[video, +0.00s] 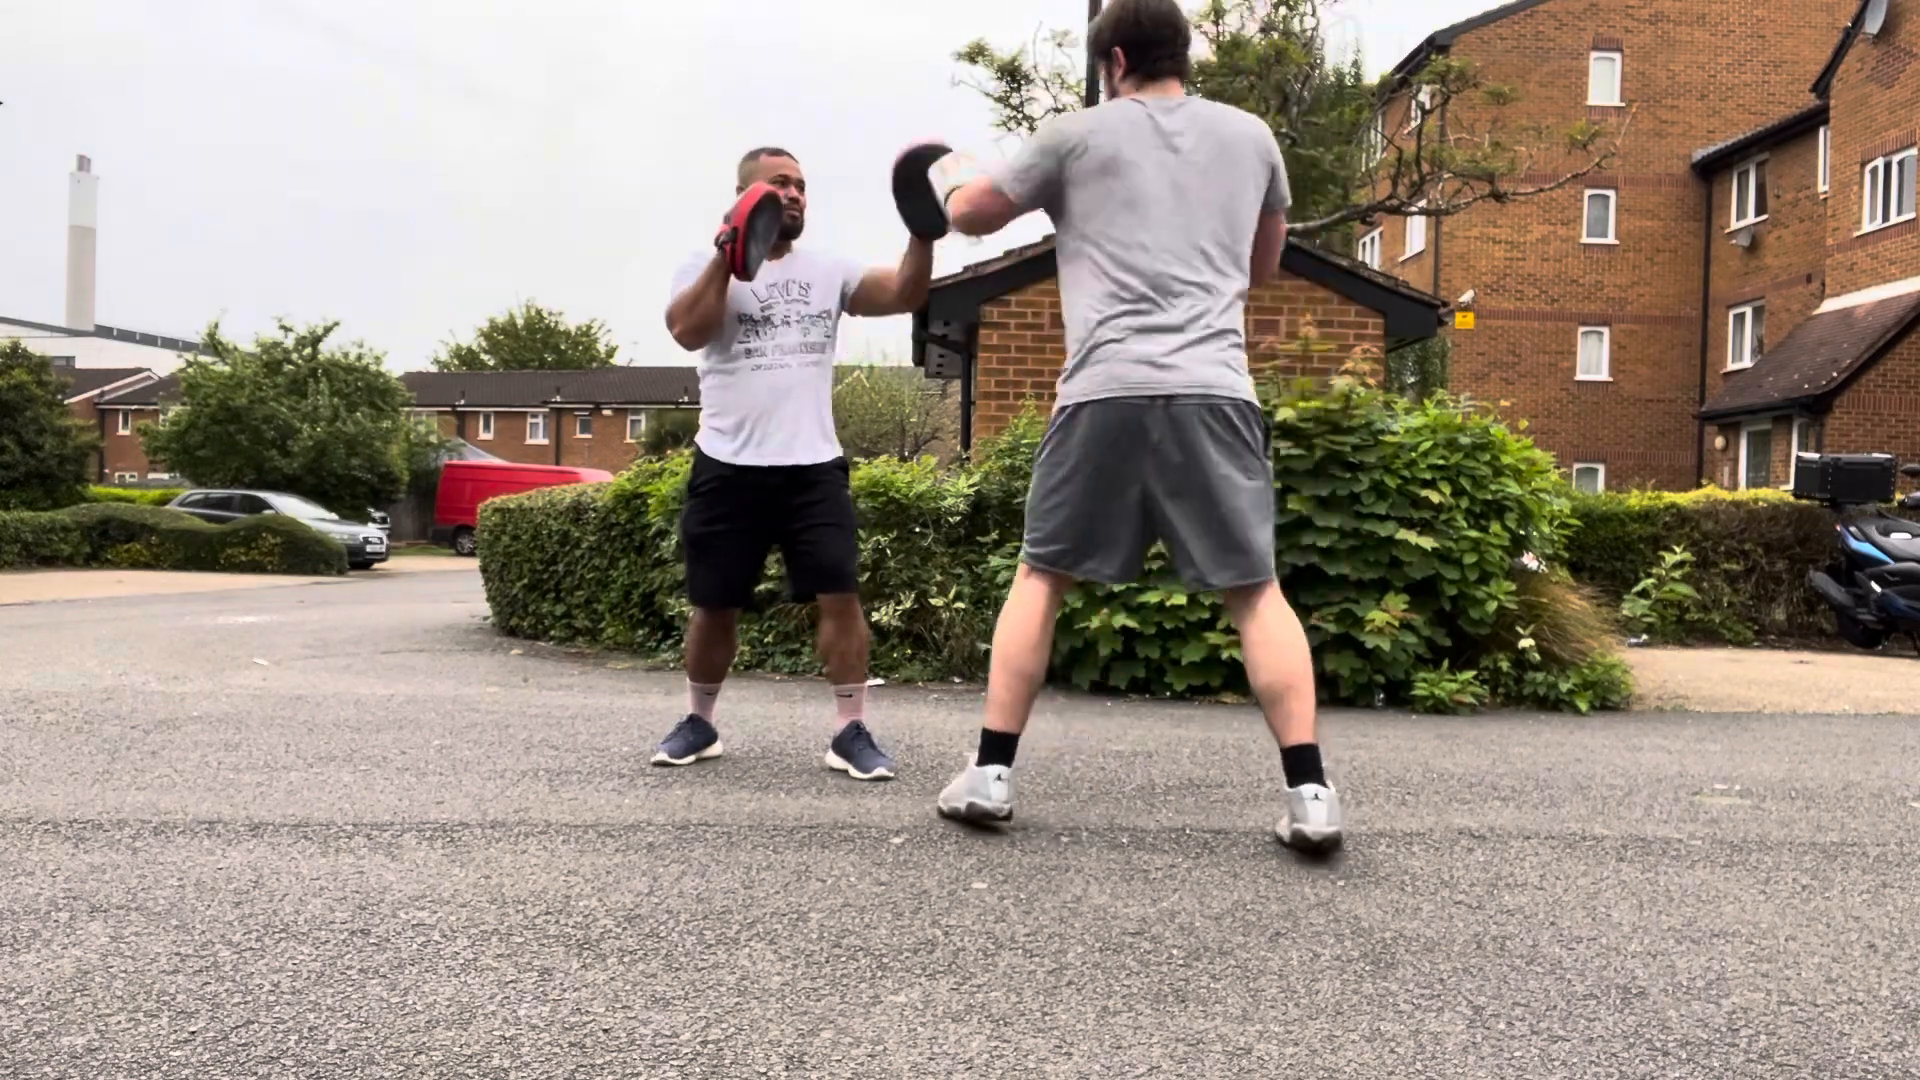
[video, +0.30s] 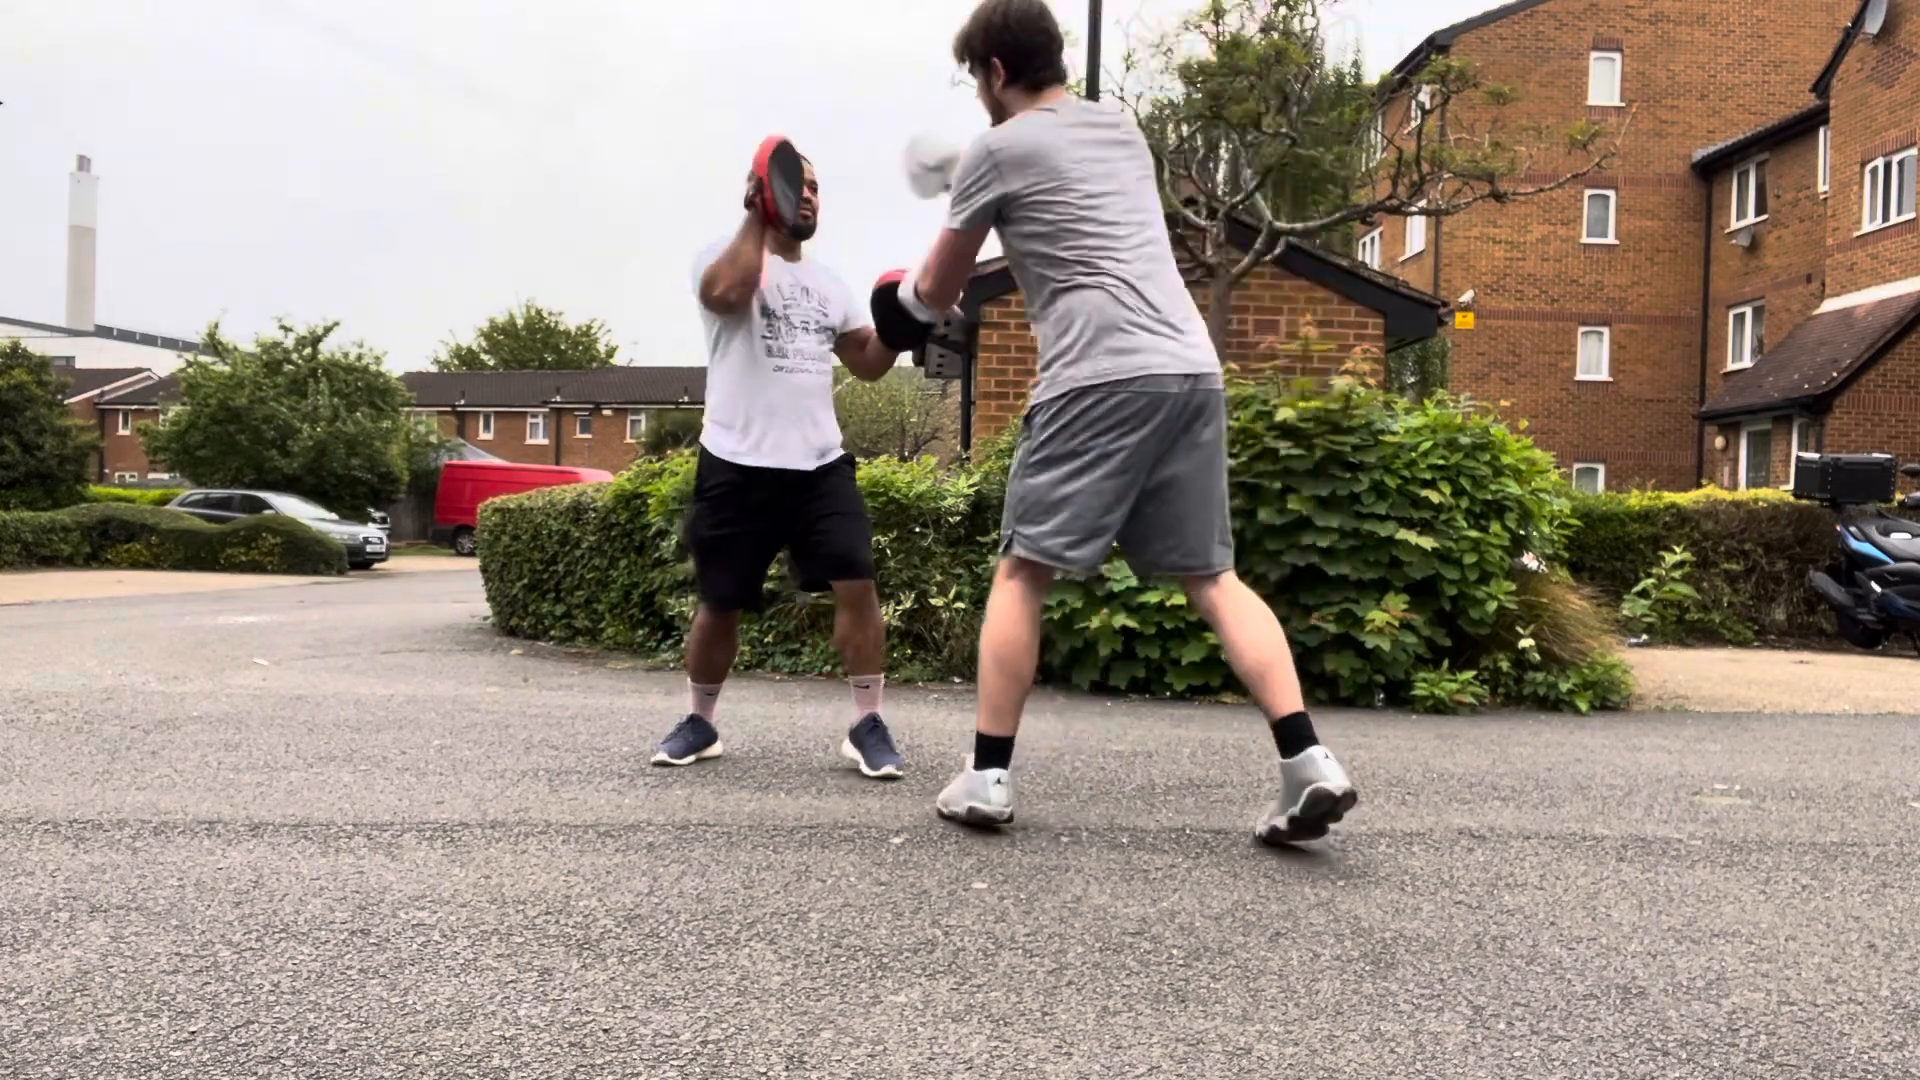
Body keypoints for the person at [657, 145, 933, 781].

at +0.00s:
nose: (792, 193)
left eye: (799, 185)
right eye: (777, 183)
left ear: (807, 200)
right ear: (743, 197)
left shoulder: (827, 268)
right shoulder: (705, 266)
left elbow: (905, 292)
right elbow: (688, 333)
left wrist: (923, 225)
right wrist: (727, 257)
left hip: (813, 464)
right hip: (727, 465)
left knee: (839, 590)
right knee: (712, 601)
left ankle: (851, 728)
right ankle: (699, 721)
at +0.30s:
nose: (810, 196)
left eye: (815, 188)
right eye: (797, 185)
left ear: (821, 204)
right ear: (765, 197)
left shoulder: (829, 282)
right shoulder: (726, 260)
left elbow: (869, 365)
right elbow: (730, 294)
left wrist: (905, 317)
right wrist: (757, 214)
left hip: (819, 462)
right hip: (736, 461)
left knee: (857, 579)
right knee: (719, 601)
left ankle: (868, 720)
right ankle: (699, 720)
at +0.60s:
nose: (849, 191)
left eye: (856, 184)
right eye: (834, 180)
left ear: (864, 202)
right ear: (799, 195)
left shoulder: (891, 265)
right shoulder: (764, 270)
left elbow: (981, 274)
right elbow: (731, 351)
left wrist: (1006, 211)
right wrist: (795, 301)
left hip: (856, 466)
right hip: (768, 464)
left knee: (881, 591)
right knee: (734, 600)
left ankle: (892, 730)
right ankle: (700, 719)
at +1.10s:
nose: (909, 209)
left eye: (917, 201)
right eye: (898, 198)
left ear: (921, 214)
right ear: (866, 202)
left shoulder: (915, 290)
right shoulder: (820, 255)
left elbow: (929, 383)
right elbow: (823, 276)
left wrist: (975, 351)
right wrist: (866, 203)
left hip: (880, 465)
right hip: (798, 453)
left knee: (893, 593)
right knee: (764, 597)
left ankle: (892, 730)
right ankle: (736, 712)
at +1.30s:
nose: (863, 207)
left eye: (874, 200)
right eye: (851, 194)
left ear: (881, 212)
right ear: (819, 196)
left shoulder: (893, 291)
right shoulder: (772, 266)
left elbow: (929, 371)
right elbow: (730, 341)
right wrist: (785, 289)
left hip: (859, 467)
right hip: (775, 461)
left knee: (883, 591)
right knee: (756, 600)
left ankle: (892, 730)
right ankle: (737, 719)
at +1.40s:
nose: (842, 203)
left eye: (852, 196)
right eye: (829, 191)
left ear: (861, 210)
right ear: (797, 200)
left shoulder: (885, 284)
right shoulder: (755, 277)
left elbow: (940, 347)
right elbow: (716, 367)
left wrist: (995, 348)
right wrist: (753, 310)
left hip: (851, 468)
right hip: (768, 466)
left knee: (874, 592)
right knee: (750, 599)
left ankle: (891, 730)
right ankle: (736, 719)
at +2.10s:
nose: (807, 208)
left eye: (815, 198)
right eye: (793, 197)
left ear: (824, 210)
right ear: (763, 207)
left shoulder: (843, 276)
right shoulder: (733, 273)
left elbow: (906, 327)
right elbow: (715, 319)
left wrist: (894, 255)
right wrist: (745, 243)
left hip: (832, 466)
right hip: (750, 468)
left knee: (860, 595)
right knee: (742, 603)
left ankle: (893, 727)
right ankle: (737, 719)